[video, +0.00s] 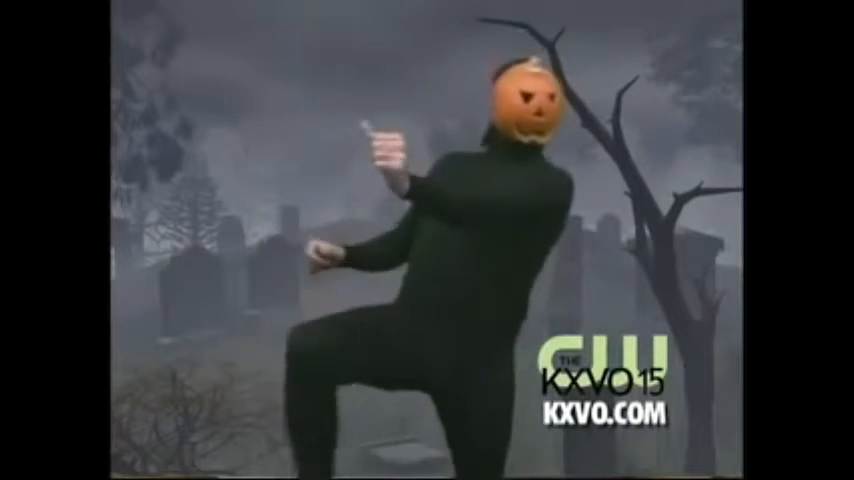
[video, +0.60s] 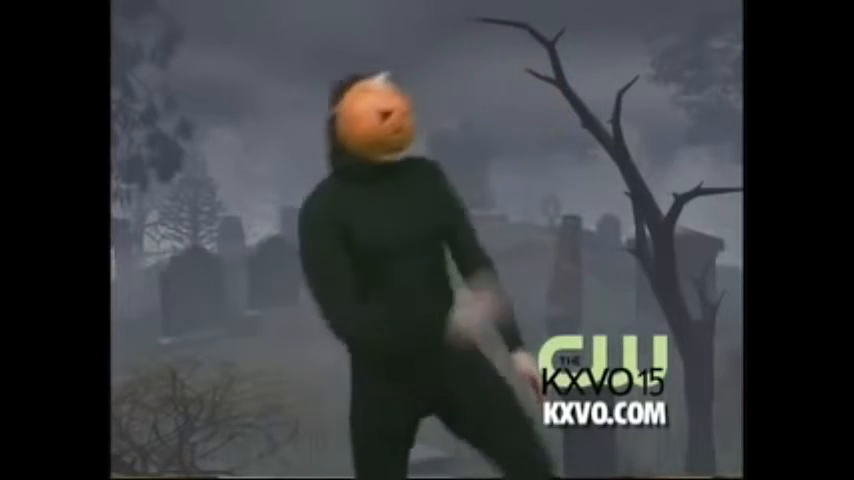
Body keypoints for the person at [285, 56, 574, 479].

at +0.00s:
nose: (540, 105)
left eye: (551, 98)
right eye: (526, 93)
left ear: (559, 116)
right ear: (495, 101)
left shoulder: (552, 185)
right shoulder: (454, 167)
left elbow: (486, 209)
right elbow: (403, 244)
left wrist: (408, 184)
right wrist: (347, 255)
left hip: (479, 355)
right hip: (410, 332)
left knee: (480, 471)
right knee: (308, 348)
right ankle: (314, 473)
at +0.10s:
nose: (542, 100)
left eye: (553, 94)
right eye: (528, 87)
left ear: (557, 119)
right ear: (491, 97)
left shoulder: (545, 191)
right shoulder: (443, 159)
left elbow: (499, 231)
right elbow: (401, 229)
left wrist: (423, 176)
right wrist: (357, 260)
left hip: (475, 353)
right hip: (405, 331)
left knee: (480, 471)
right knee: (312, 366)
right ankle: (326, 474)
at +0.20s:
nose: (525, 82)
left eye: (537, 77)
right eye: (512, 68)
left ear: (545, 101)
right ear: (477, 80)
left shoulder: (535, 174)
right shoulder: (422, 141)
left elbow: (514, 239)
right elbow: (387, 186)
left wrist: (447, 169)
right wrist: (371, 234)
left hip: (463, 333)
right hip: (390, 317)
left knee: (474, 464)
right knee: (338, 418)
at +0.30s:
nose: (494, 68)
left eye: (503, 60)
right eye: (482, 55)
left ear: (510, 87)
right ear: (451, 78)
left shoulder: (516, 157)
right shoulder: (396, 138)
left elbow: (512, 263)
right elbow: (348, 171)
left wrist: (460, 210)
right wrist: (361, 233)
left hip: (459, 322)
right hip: (388, 319)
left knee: (461, 463)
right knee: (374, 460)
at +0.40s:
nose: (459, 74)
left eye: (467, 66)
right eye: (444, 63)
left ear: (479, 80)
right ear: (409, 79)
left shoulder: (485, 158)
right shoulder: (368, 161)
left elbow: (503, 244)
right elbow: (308, 228)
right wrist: (348, 290)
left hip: (462, 344)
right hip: (391, 347)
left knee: (467, 468)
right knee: (390, 469)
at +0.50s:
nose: (419, 93)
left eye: (425, 85)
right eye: (402, 87)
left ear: (438, 98)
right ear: (368, 105)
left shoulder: (453, 170)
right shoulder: (343, 186)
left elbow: (484, 271)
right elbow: (302, 301)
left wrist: (516, 360)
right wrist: (370, 366)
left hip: (458, 359)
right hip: (384, 363)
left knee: (490, 469)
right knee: (387, 473)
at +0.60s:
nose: (397, 117)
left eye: (399, 108)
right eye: (380, 114)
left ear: (410, 114)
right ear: (343, 133)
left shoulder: (426, 178)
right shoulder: (324, 210)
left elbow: (477, 268)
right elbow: (349, 321)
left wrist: (516, 346)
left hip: (453, 363)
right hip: (382, 378)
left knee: (531, 463)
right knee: (379, 471)